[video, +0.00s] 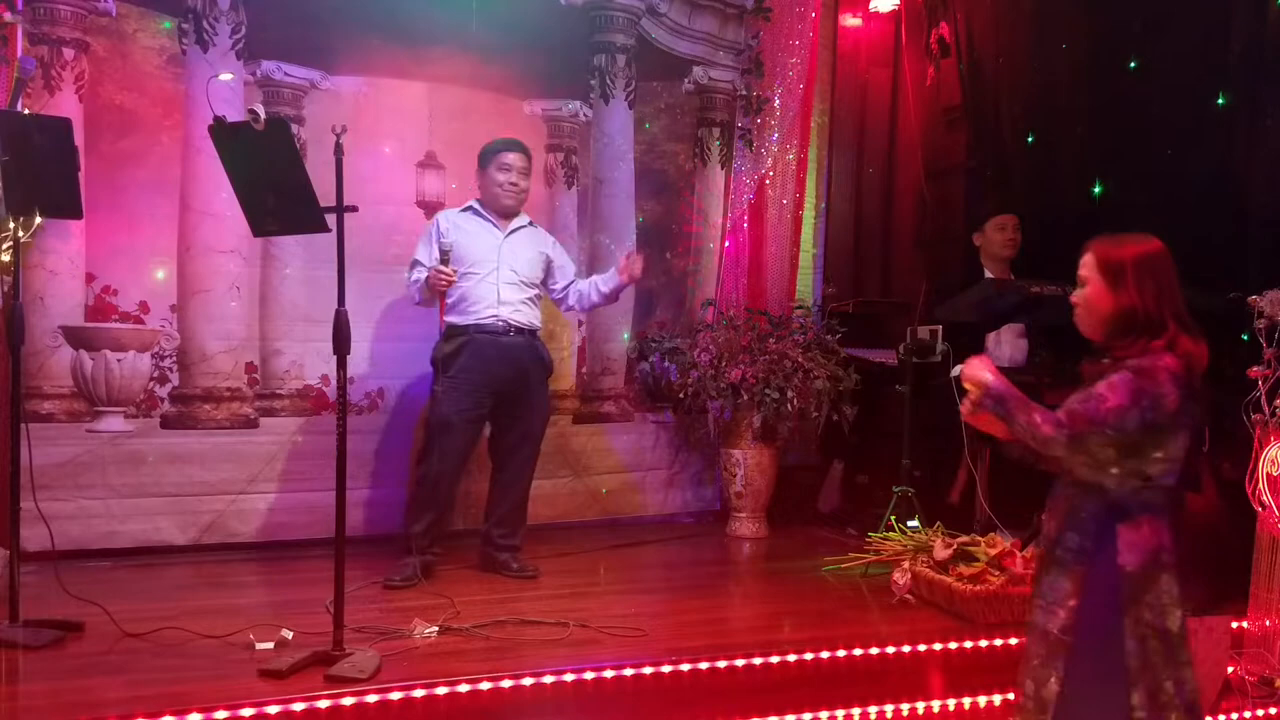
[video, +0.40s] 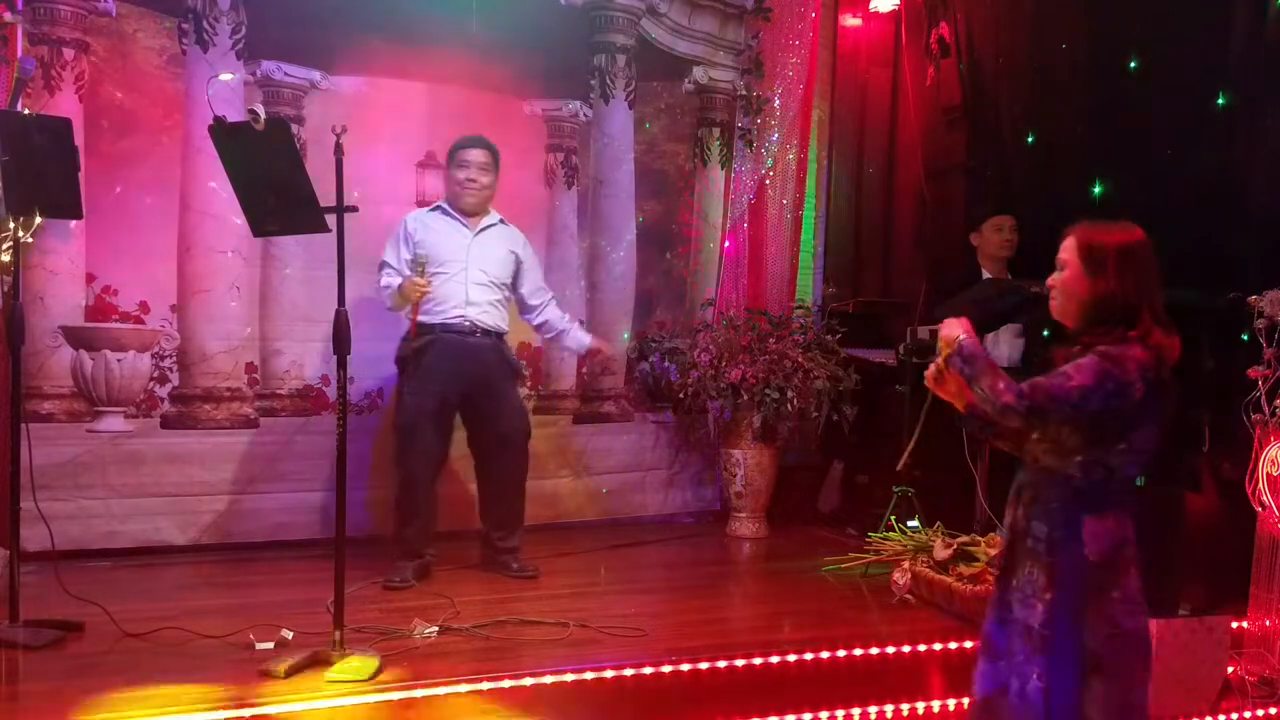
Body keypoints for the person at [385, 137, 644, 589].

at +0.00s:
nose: (514, 180)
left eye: (523, 173)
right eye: (504, 170)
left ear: (530, 182)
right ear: (481, 176)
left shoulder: (542, 241)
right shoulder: (447, 224)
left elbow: (572, 296)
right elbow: (418, 284)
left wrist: (617, 278)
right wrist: (430, 282)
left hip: (526, 353)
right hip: (468, 350)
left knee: (518, 459)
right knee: (443, 453)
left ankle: (503, 550)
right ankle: (418, 554)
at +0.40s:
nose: (472, 176)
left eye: (483, 169)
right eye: (463, 166)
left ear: (496, 180)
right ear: (447, 174)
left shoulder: (512, 238)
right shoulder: (417, 224)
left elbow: (540, 306)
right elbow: (389, 286)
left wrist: (585, 342)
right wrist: (402, 290)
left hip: (490, 352)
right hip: (432, 348)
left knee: (509, 441)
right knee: (418, 446)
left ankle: (502, 548)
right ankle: (412, 555)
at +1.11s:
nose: (455, 171)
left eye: (466, 163)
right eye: (445, 163)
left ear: (485, 174)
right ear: (434, 174)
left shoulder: (509, 232)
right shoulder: (410, 225)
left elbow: (540, 286)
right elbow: (379, 288)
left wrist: (581, 276)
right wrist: (387, 287)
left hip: (487, 351)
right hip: (426, 349)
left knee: (502, 455)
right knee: (419, 458)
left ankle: (511, 552)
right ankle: (412, 557)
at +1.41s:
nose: (466, 171)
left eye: (476, 162)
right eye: (456, 162)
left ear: (495, 174)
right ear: (444, 173)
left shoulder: (517, 231)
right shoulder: (421, 225)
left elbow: (542, 289)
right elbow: (394, 285)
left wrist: (579, 300)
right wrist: (399, 290)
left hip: (503, 351)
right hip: (442, 351)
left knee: (512, 457)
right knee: (428, 457)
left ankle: (512, 552)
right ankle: (411, 557)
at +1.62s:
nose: (476, 175)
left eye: (487, 167)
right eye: (468, 167)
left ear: (505, 177)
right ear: (456, 175)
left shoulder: (525, 233)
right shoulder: (431, 230)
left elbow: (548, 294)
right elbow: (403, 290)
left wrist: (574, 312)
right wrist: (409, 295)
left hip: (518, 352)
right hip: (459, 353)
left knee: (522, 454)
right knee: (437, 449)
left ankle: (513, 550)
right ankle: (414, 556)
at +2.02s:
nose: (498, 176)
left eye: (509, 169)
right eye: (488, 168)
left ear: (523, 181)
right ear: (473, 176)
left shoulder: (541, 236)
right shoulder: (445, 229)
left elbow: (564, 299)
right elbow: (419, 294)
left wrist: (593, 294)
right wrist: (418, 293)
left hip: (527, 353)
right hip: (467, 352)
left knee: (524, 456)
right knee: (446, 448)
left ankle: (513, 549)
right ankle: (417, 552)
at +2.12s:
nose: (501, 176)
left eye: (512, 170)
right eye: (491, 168)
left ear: (525, 182)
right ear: (476, 177)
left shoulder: (542, 237)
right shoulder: (446, 229)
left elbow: (565, 299)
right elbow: (418, 297)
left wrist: (596, 286)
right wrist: (418, 288)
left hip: (526, 353)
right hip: (466, 351)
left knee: (522, 457)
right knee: (445, 449)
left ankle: (513, 549)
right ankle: (416, 552)